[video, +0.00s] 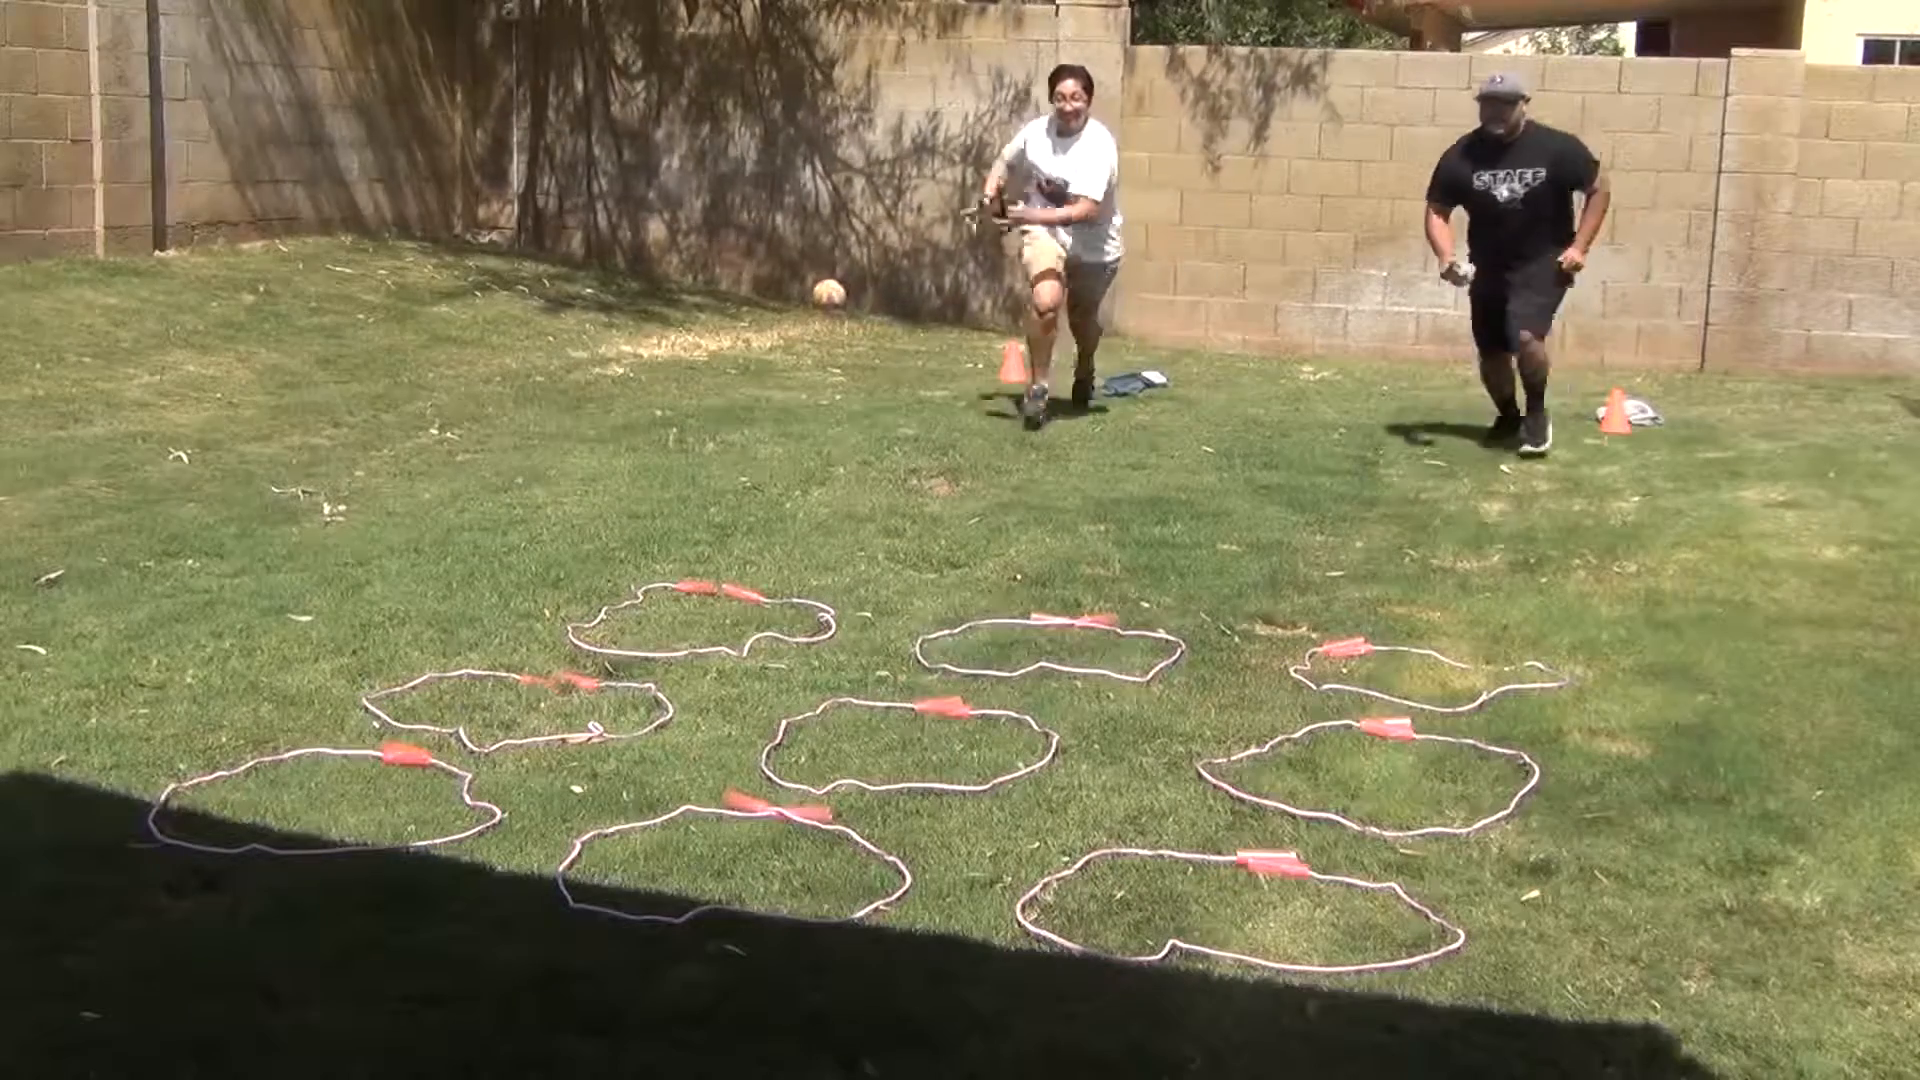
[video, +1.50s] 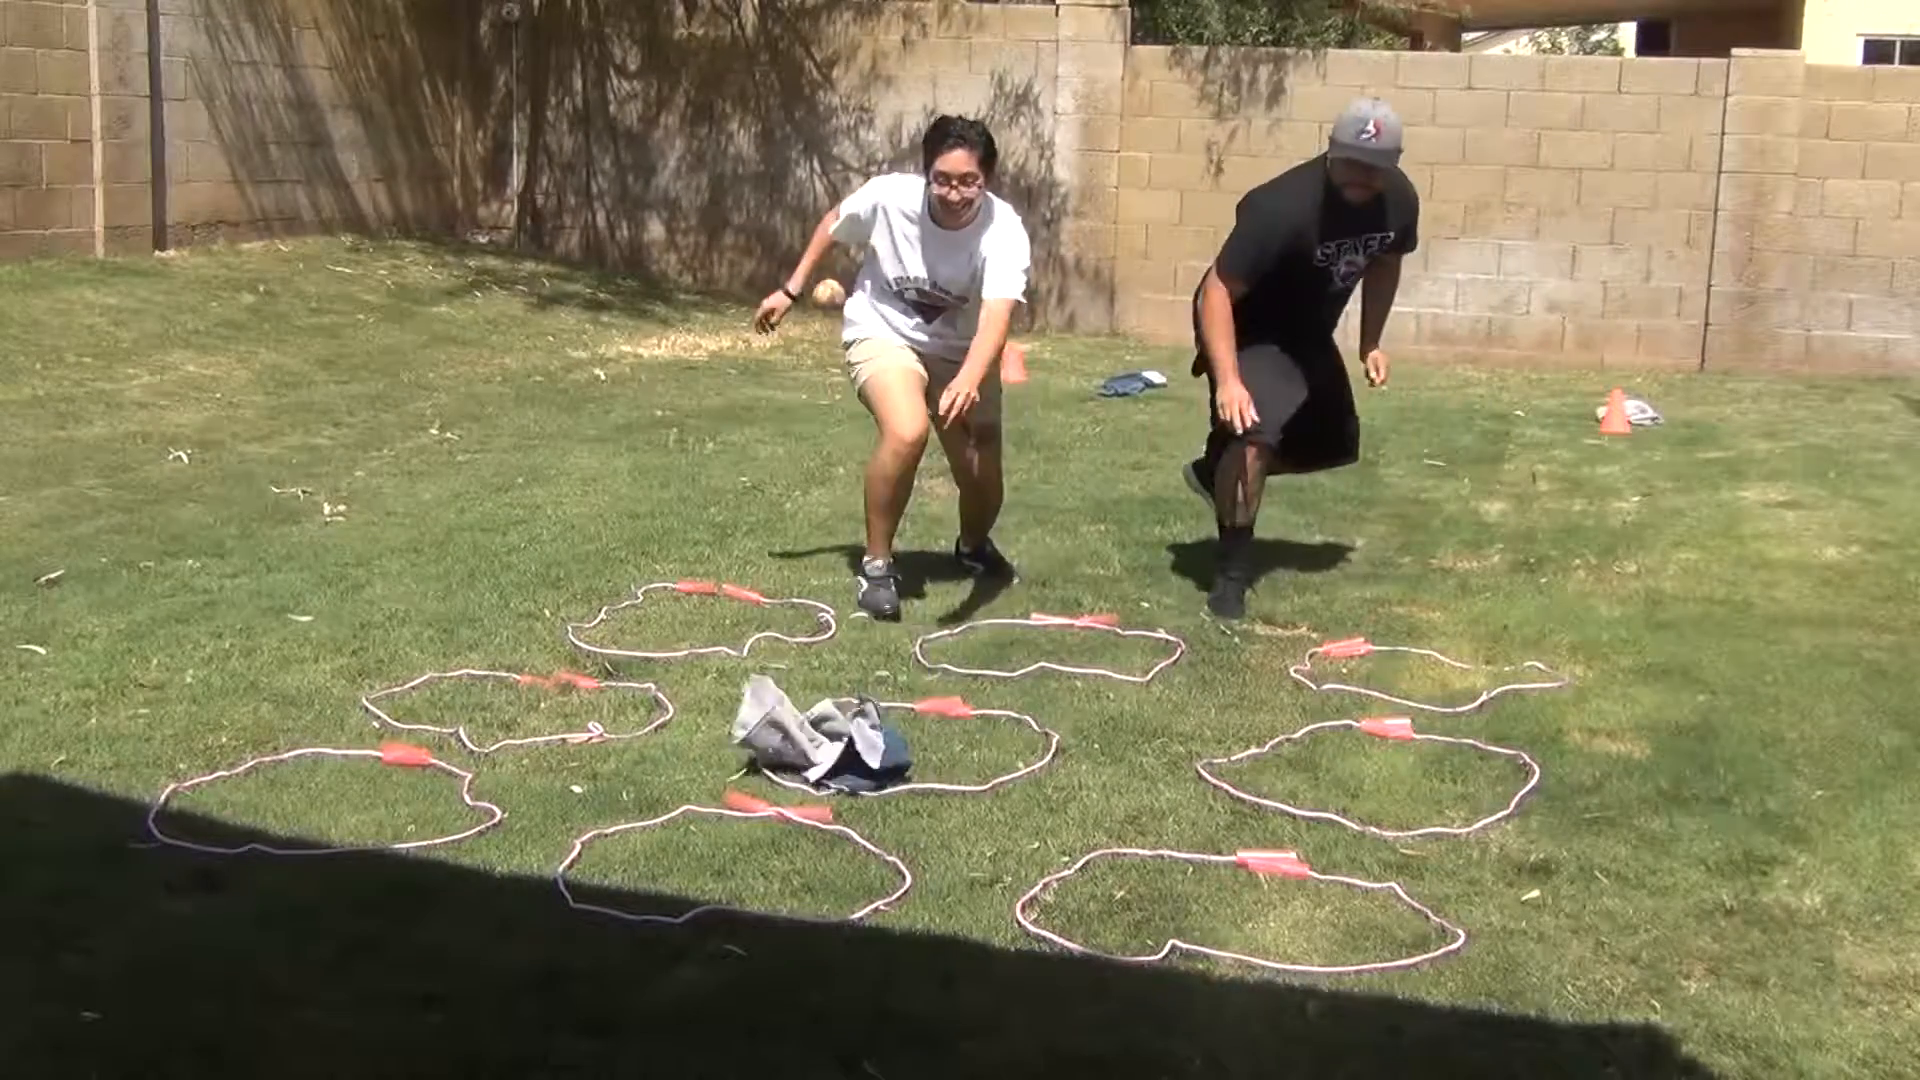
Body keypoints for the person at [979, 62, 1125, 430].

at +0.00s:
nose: (1068, 106)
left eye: (1076, 98)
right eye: (1061, 98)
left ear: (1089, 100)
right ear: (1051, 101)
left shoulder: (1100, 143)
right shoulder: (1035, 130)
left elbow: (1087, 209)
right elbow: (1004, 163)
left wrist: (1027, 216)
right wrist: (990, 194)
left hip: (1093, 242)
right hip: (1043, 230)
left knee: (1083, 320)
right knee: (1046, 303)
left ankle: (1084, 370)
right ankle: (1039, 386)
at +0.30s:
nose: (1042, 100)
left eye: (1050, 90)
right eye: (1033, 92)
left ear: (1064, 92)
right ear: (1021, 97)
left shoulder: (1089, 134)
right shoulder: (1005, 143)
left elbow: (1131, 191)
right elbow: (993, 215)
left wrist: (1096, 225)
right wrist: (1038, 223)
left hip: (1070, 262)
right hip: (1014, 266)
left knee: (1056, 350)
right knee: (1020, 349)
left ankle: (1046, 445)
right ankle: (1019, 379)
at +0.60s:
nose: (1019, 93)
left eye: (1028, 83)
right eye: (1009, 84)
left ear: (1043, 86)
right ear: (996, 86)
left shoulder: (1068, 135)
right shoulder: (968, 135)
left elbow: (1108, 204)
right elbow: (932, 204)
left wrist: (1055, 219)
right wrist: (960, 210)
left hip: (1052, 281)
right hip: (983, 280)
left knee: (1055, 386)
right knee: (995, 379)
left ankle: (1049, 442)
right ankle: (981, 501)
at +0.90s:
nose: (992, 121)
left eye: (1003, 109)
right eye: (981, 110)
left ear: (1022, 114)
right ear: (968, 118)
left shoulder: (1048, 176)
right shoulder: (940, 173)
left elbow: (1081, 252)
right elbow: (909, 243)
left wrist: (1038, 211)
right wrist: (919, 281)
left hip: (1023, 315)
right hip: (953, 308)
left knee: (1010, 423)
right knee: (947, 399)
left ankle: (1000, 540)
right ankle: (918, 509)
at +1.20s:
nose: (959, 204)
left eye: (970, 192)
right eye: (947, 193)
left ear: (989, 194)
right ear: (932, 195)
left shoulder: (1008, 255)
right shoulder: (904, 227)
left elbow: (994, 336)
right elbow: (866, 281)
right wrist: (850, 346)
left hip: (975, 360)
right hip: (902, 342)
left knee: (972, 488)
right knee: (927, 430)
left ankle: (984, 542)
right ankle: (888, 578)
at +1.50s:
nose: (955, 193)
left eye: (968, 181)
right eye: (943, 180)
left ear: (986, 178)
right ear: (926, 172)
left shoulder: (1004, 229)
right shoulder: (888, 195)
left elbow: (997, 313)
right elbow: (832, 225)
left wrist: (971, 378)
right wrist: (791, 290)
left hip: (959, 346)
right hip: (883, 330)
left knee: (982, 471)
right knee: (907, 431)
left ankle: (973, 546)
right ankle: (877, 565)